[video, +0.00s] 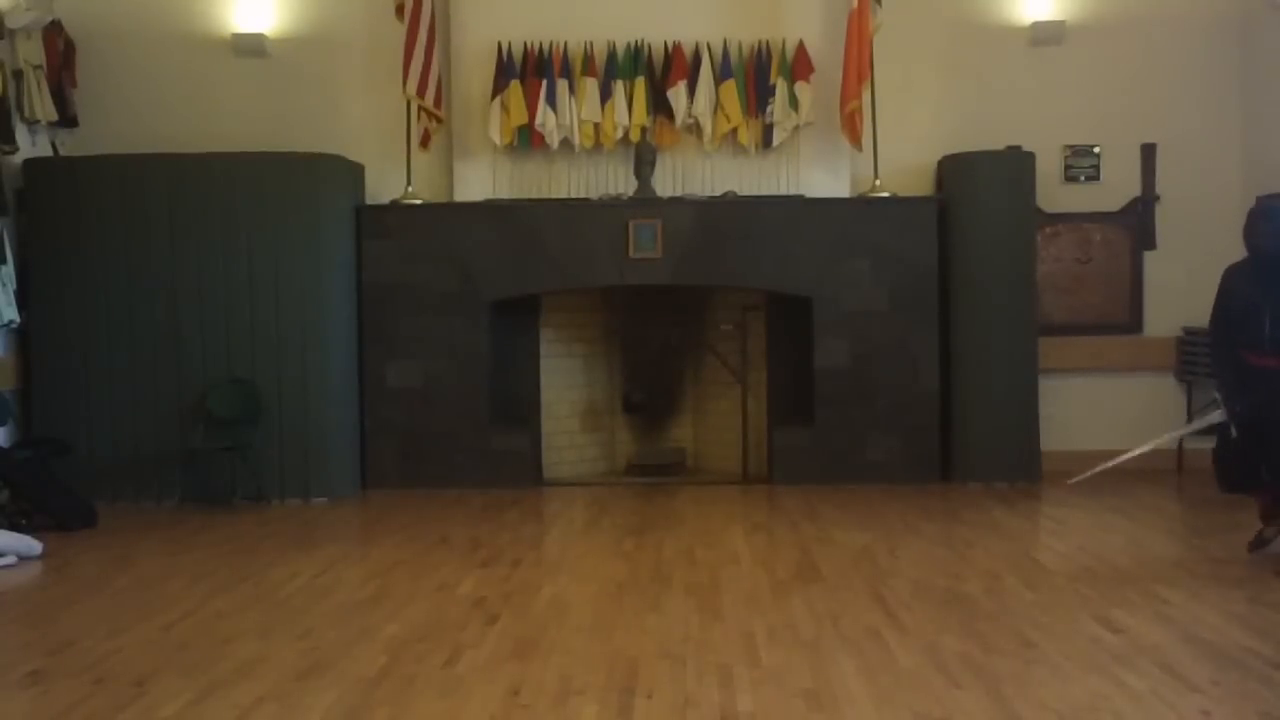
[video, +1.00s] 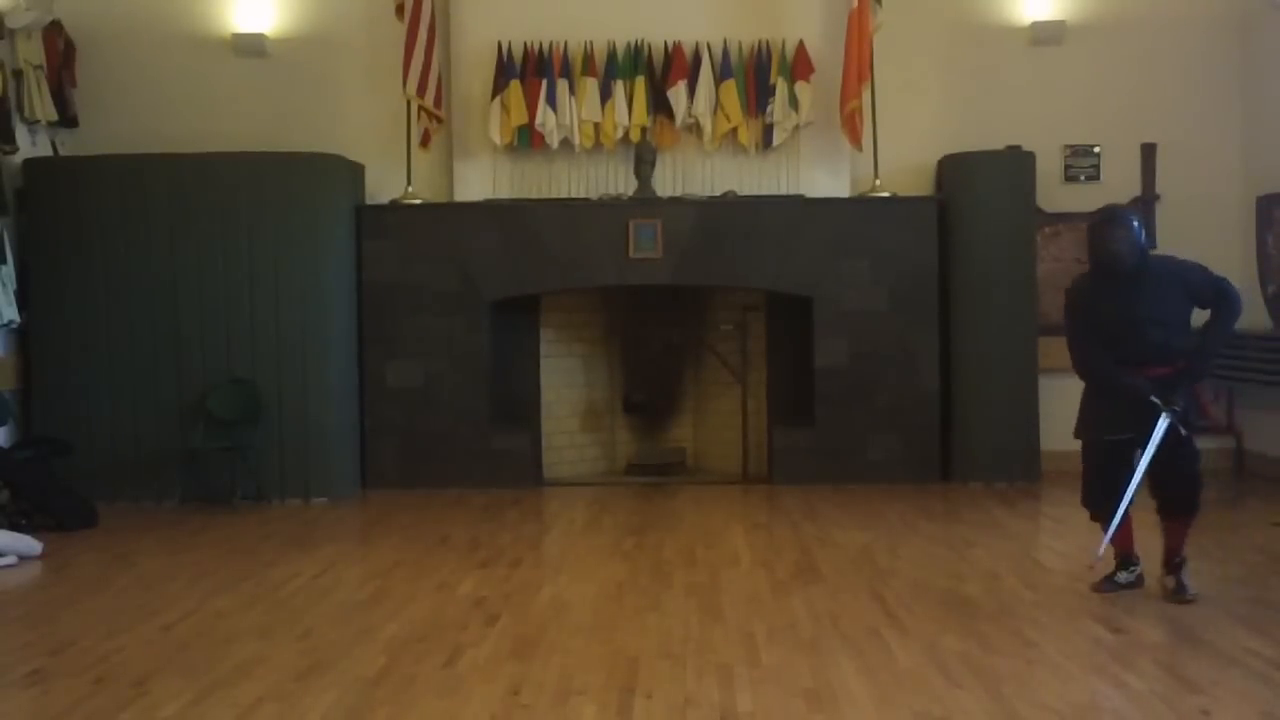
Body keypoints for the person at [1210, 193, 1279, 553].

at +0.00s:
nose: (1264, 234)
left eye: (1269, 226)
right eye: (1259, 225)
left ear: (1276, 233)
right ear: (1250, 232)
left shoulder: (1241, 278)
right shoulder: (1239, 277)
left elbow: (1221, 340)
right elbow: (1220, 339)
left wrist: (1232, 391)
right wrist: (1233, 391)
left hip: (1265, 384)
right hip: (1255, 383)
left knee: (1266, 453)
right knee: (1260, 451)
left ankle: (1270, 523)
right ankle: (1269, 523)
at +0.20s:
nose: (1251, 242)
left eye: (1259, 233)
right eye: (1247, 232)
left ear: (1271, 239)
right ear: (1236, 238)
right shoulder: (1224, 281)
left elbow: (1212, 347)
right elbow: (1212, 348)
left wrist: (1238, 396)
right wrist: (1232, 394)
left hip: (1270, 394)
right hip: (1240, 391)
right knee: (1201, 454)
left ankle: (1214, 539)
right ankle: (1214, 539)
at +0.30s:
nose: (1239, 248)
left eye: (1245, 239)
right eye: (1232, 238)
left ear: (1260, 241)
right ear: (1224, 243)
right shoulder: (1213, 286)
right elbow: (1201, 349)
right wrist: (1224, 394)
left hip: (1268, 398)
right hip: (1231, 393)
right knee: (1191, 465)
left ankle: (1172, 547)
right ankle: (1172, 547)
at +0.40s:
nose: (1222, 252)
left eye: (1228, 243)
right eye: (1214, 244)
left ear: (1248, 243)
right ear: (1205, 249)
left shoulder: (1270, 282)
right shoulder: (1195, 291)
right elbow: (1188, 360)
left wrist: (1253, 405)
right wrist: (1215, 401)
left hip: (1266, 396)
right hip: (1214, 394)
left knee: (1274, 479)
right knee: (1182, 466)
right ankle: (1145, 546)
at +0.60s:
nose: (1171, 257)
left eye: (1179, 247)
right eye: (1164, 248)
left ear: (1199, 247)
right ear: (1155, 253)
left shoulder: (1236, 290)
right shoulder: (1151, 298)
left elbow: (1269, 342)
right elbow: (1144, 366)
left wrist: (1239, 396)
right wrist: (1179, 401)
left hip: (1229, 398)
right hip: (1170, 398)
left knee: (1262, 486)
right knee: (1139, 473)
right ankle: (1130, 564)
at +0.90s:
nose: (1124, 249)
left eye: (1131, 239)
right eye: (1115, 241)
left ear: (1147, 239)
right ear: (1103, 246)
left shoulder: (1179, 274)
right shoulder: (1093, 294)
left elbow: (1237, 306)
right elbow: (1096, 361)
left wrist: (1203, 367)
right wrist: (1147, 390)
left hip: (1180, 391)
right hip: (1121, 394)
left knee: (1204, 478)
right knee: (1108, 486)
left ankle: (1215, 547)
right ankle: (1128, 566)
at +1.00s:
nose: (1116, 250)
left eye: (1123, 240)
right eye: (1107, 242)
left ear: (1140, 239)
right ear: (1095, 246)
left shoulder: (1171, 274)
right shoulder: (1083, 293)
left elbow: (1228, 300)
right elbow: (1086, 362)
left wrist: (1193, 365)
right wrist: (1142, 389)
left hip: (1168, 398)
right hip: (1109, 401)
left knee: (1180, 487)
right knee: (1105, 490)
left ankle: (1174, 569)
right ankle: (1127, 566)